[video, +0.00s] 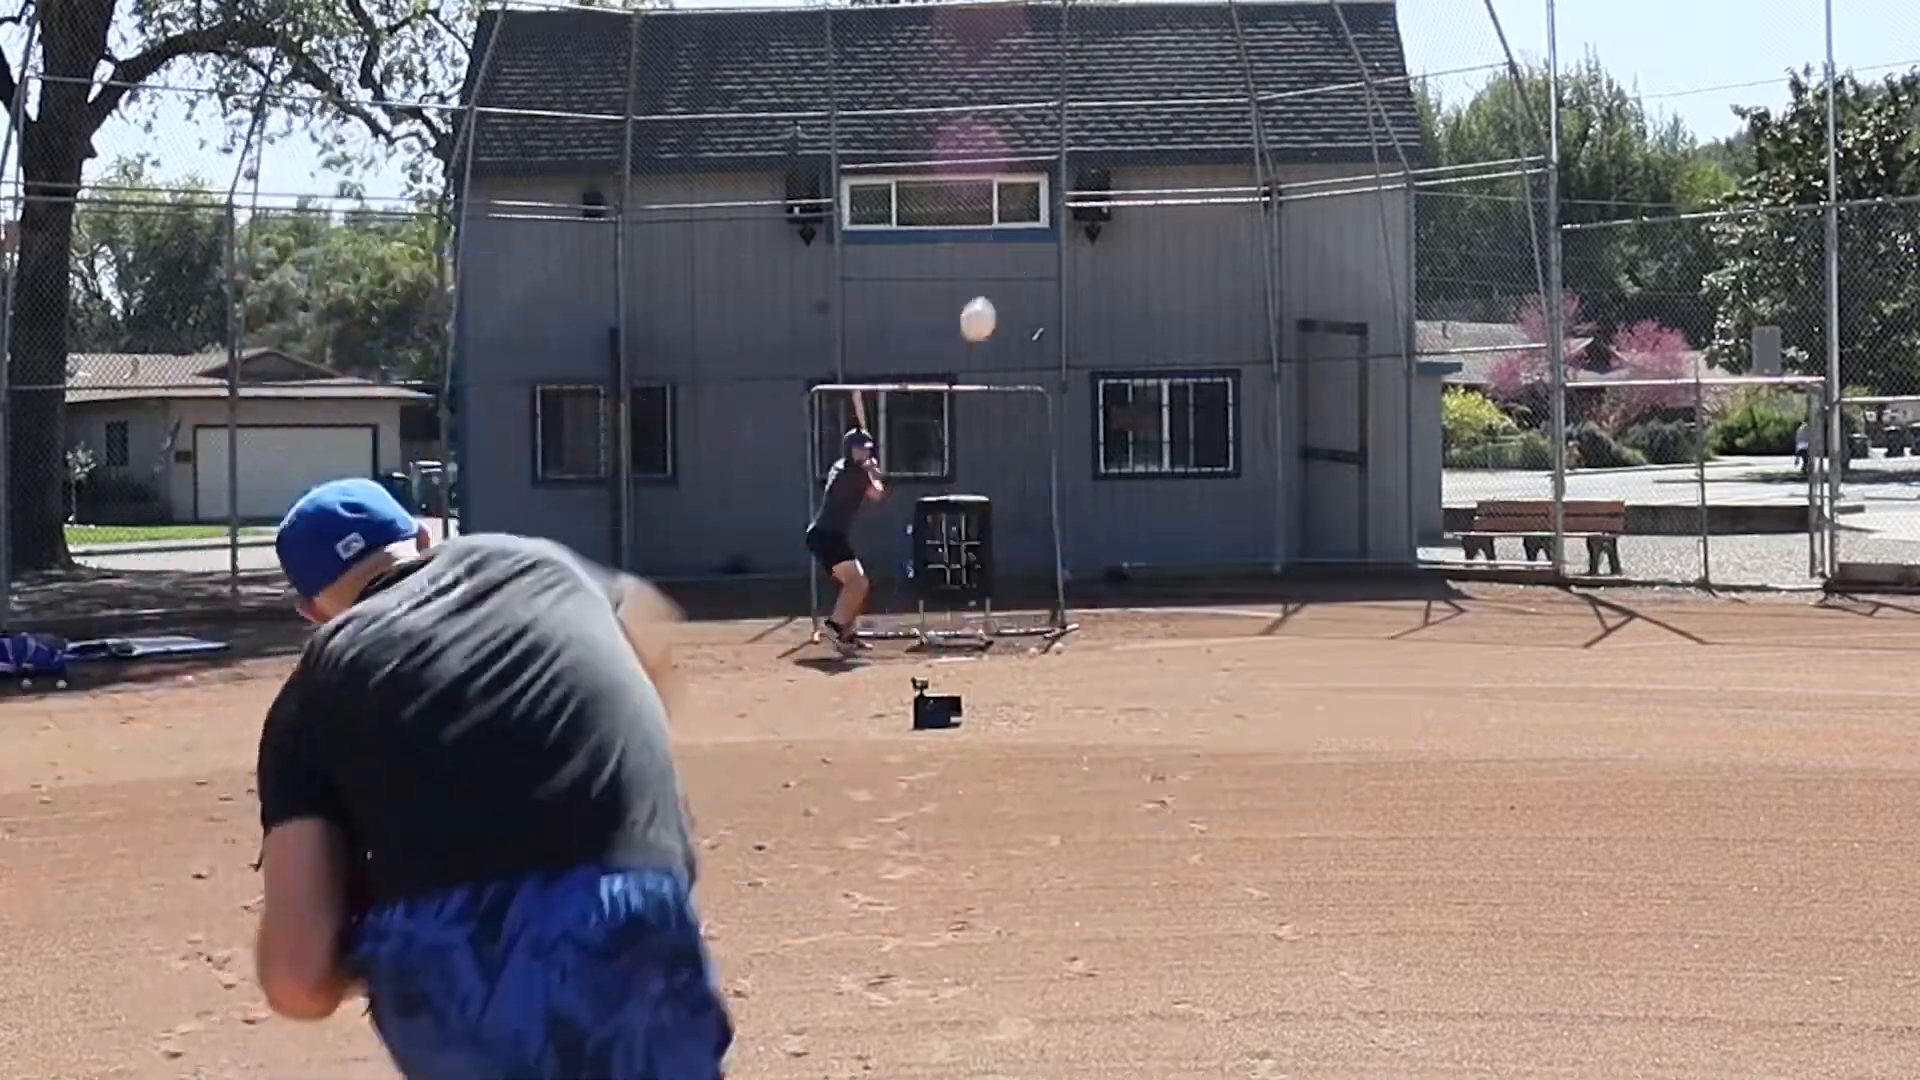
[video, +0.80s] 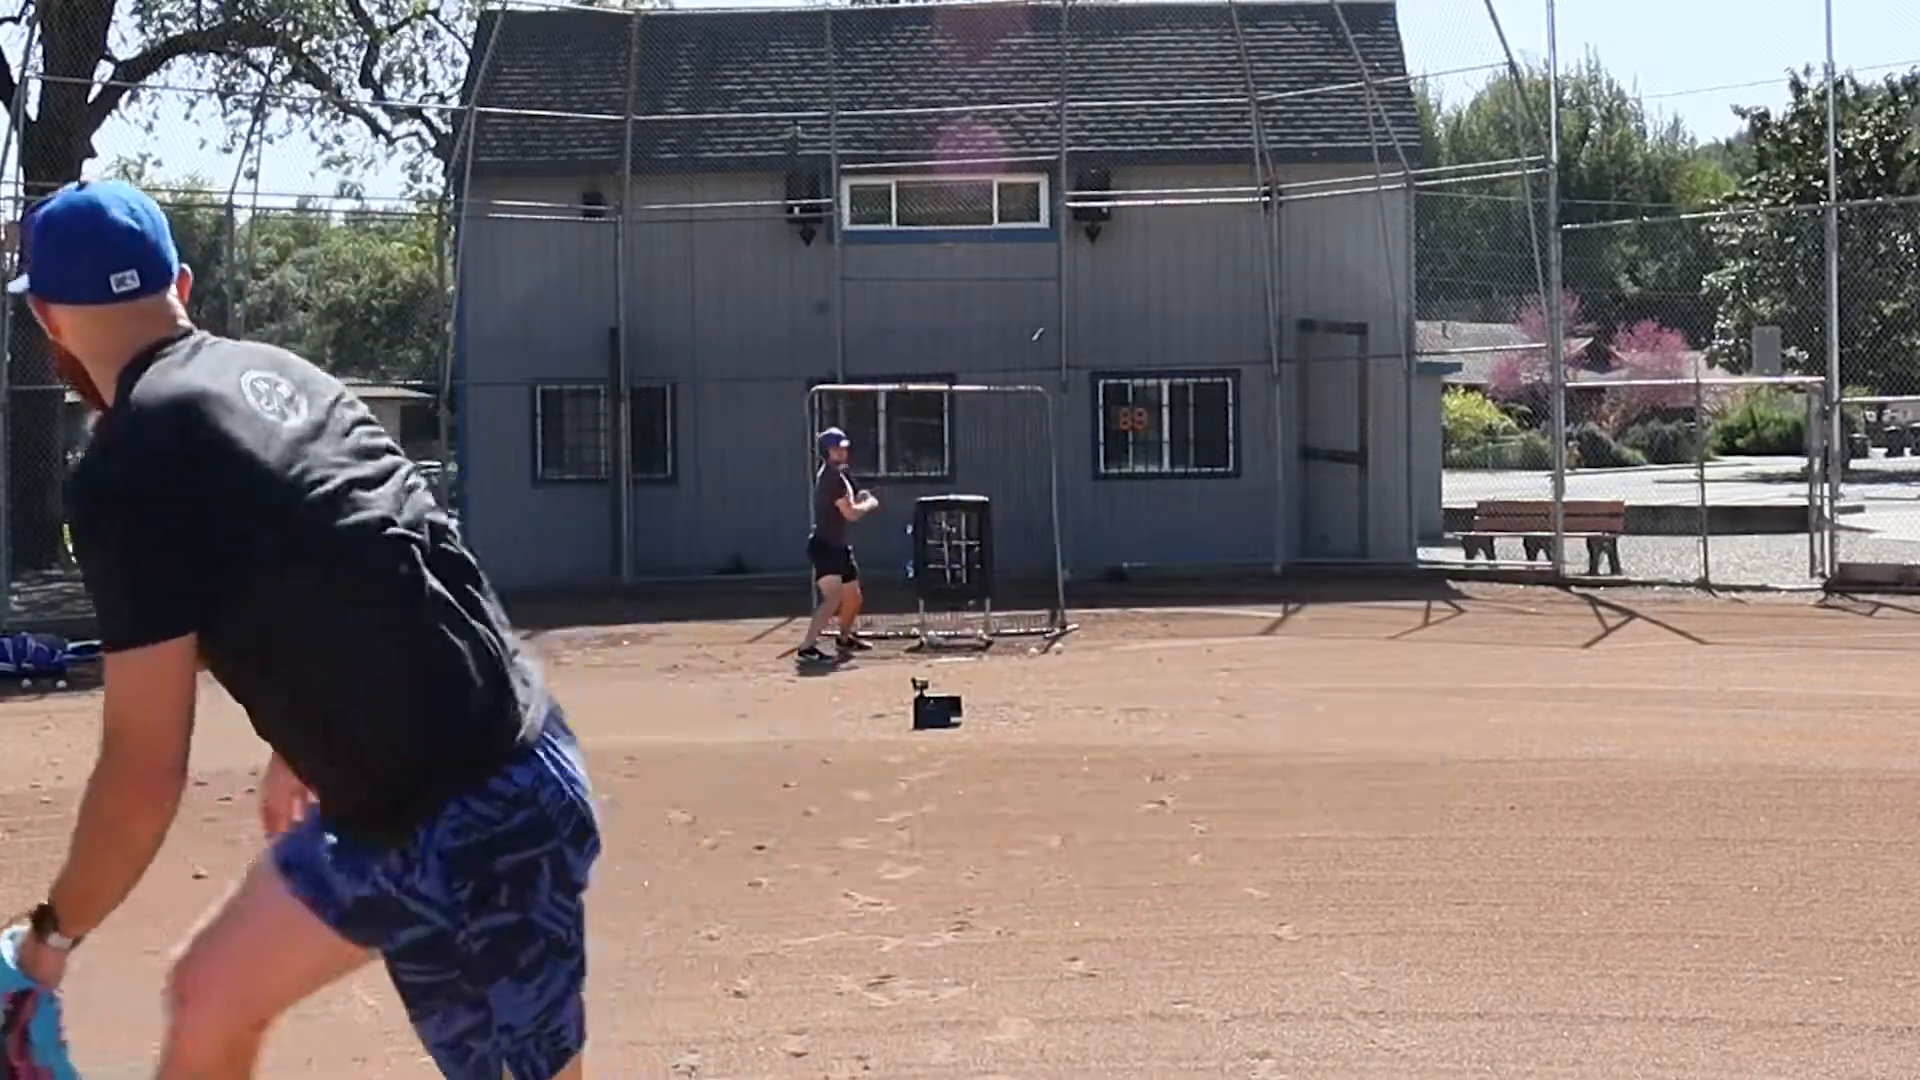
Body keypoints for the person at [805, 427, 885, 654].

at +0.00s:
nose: (866, 453)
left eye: (868, 449)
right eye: (861, 449)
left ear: (867, 451)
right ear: (850, 450)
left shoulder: (841, 466)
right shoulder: (852, 472)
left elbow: (877, 494)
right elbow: (878, 493)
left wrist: (870, 471)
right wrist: (872, 471)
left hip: (829, 533)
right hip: (827, 534)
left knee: (856, 583)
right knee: (857, 582)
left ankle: (847, 631)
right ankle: (836, 624)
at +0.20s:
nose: (866, 464)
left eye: (867, 460)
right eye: (861, 460)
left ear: (866, 462)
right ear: (850, 461)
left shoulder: (836, 478)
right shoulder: (855, 482)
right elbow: (877, 502)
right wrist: (867, 482)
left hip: (832, 546)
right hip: (820, 546)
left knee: (856, 594)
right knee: (837, 595)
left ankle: (846, 634)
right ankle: (820, 638)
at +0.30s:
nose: (860, 465)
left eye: (862, 461)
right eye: (856, 460)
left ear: (863, 462)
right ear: (845, 461)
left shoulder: (839, 479)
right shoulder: (846, 482)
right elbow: (874, 504)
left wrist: (862, 497)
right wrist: (864, 485)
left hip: (832, 547)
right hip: (817, 547)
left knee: (854, 598)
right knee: (834, 598)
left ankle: (845, 635)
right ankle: (811, 642)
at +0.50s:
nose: (847, 455)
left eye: (849, 450)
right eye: (842, 451)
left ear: (852, 452)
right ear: (833, 452)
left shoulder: (833, 473)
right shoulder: (837, 476)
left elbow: (850, 497)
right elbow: (866, 504)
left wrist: (861, 491)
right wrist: (872, 492)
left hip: (834, 544)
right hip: (819, 544)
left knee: (851, 597)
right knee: (833, 596)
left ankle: (845, 637)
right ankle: (808, 645)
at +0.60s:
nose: (844, 453)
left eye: (845, 448)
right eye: (840, 449)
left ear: (845, 449)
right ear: (830, 451)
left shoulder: (831, 469)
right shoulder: (834, 475)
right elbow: (860, 505)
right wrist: (871, 493)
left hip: (837, 544)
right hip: (822, 544)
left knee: (852, 597)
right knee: (834, 596)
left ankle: (845, 636)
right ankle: (808, 645)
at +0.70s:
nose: (844, 453)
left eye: (845, 448)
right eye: (839, 449)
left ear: (845, 450)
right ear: (829, 451)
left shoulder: (836, 472)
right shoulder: (832, 475)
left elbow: (850, 497)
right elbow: (854, 510)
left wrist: (857, 493)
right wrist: (870, 497)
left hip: (839, 545)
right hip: (824, 544)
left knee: (853, 597)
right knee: (833, 596)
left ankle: (845, 636)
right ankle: (808, 645)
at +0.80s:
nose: (844, 453)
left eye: (845, 448)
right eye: (840, 449)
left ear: (845, 449)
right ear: (829, 451)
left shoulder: (841, 473)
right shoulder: (831, 476)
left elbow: (852, 500)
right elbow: (850, 513)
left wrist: (861, 499)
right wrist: (867, 504)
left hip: (839, 544)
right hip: (823, 544)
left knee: (853, 597)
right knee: (833, 596)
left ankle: (844, 636)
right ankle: (808, 645)